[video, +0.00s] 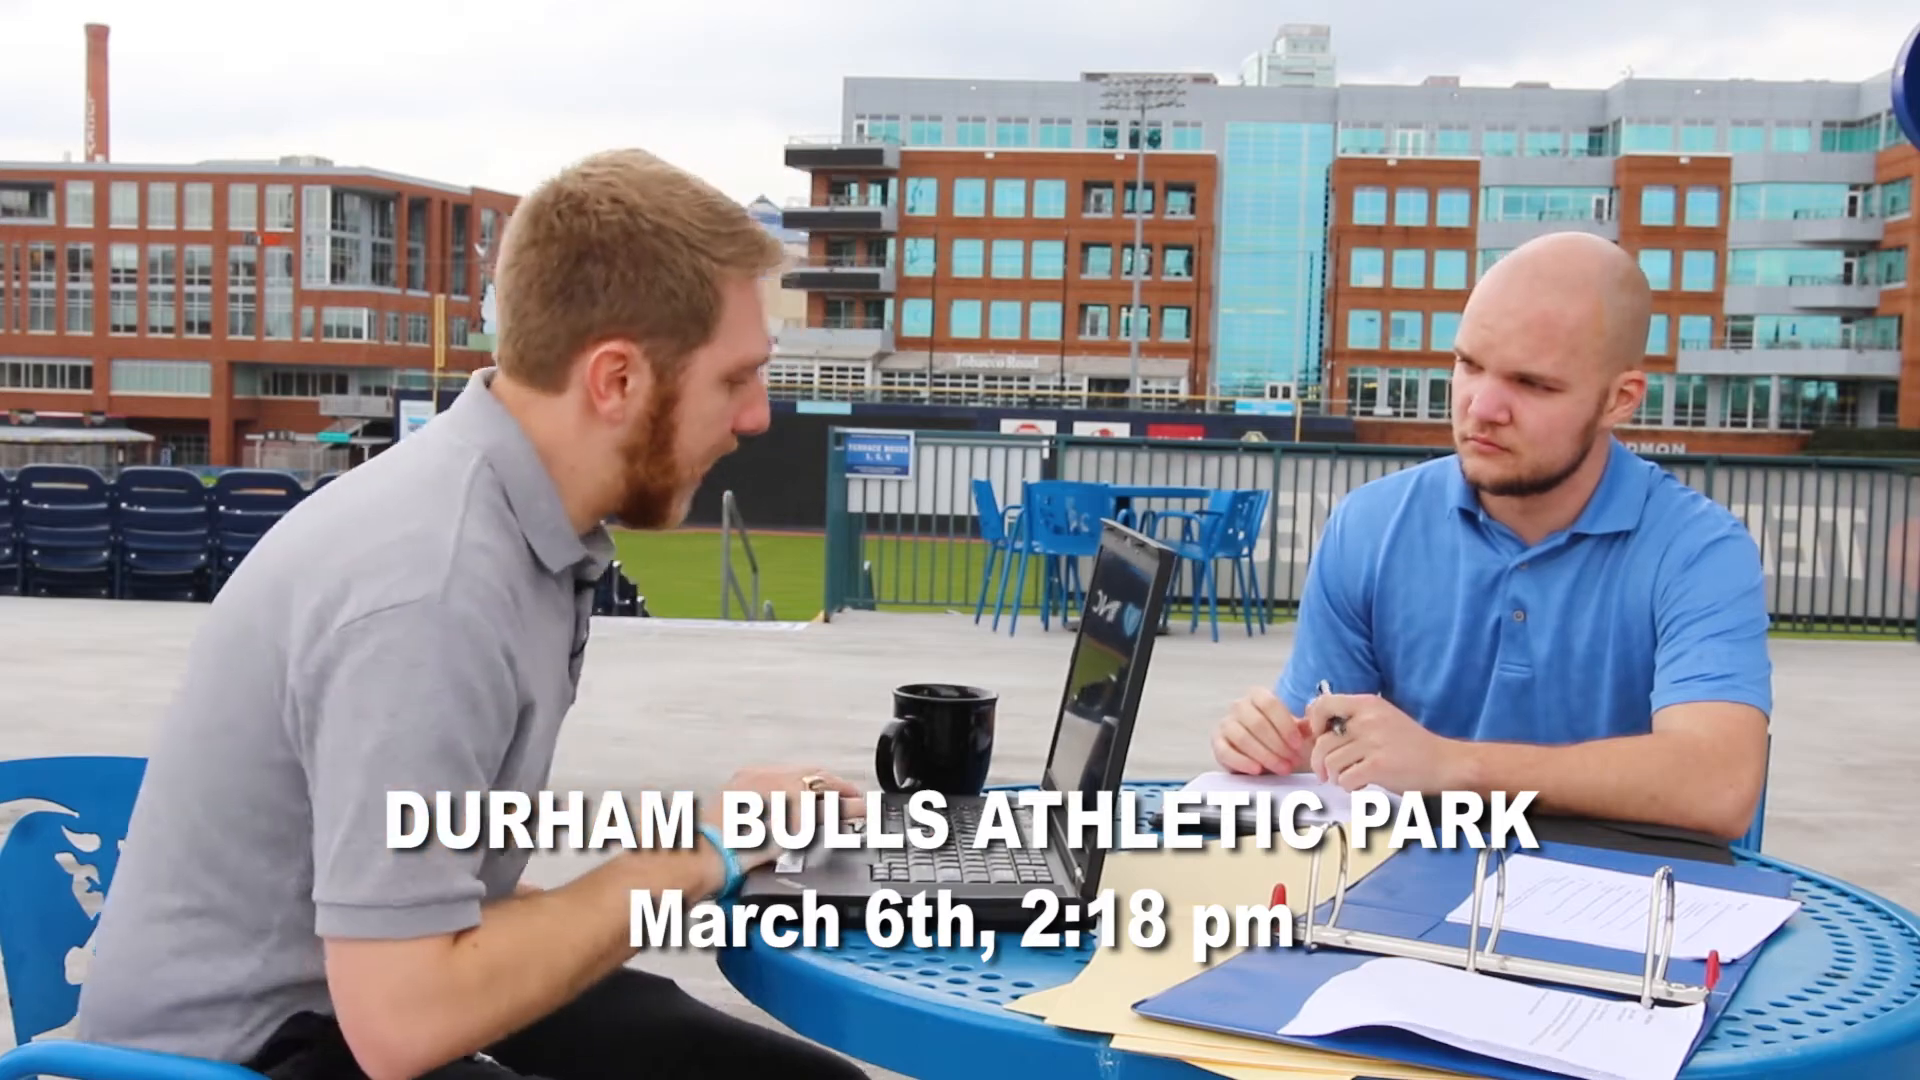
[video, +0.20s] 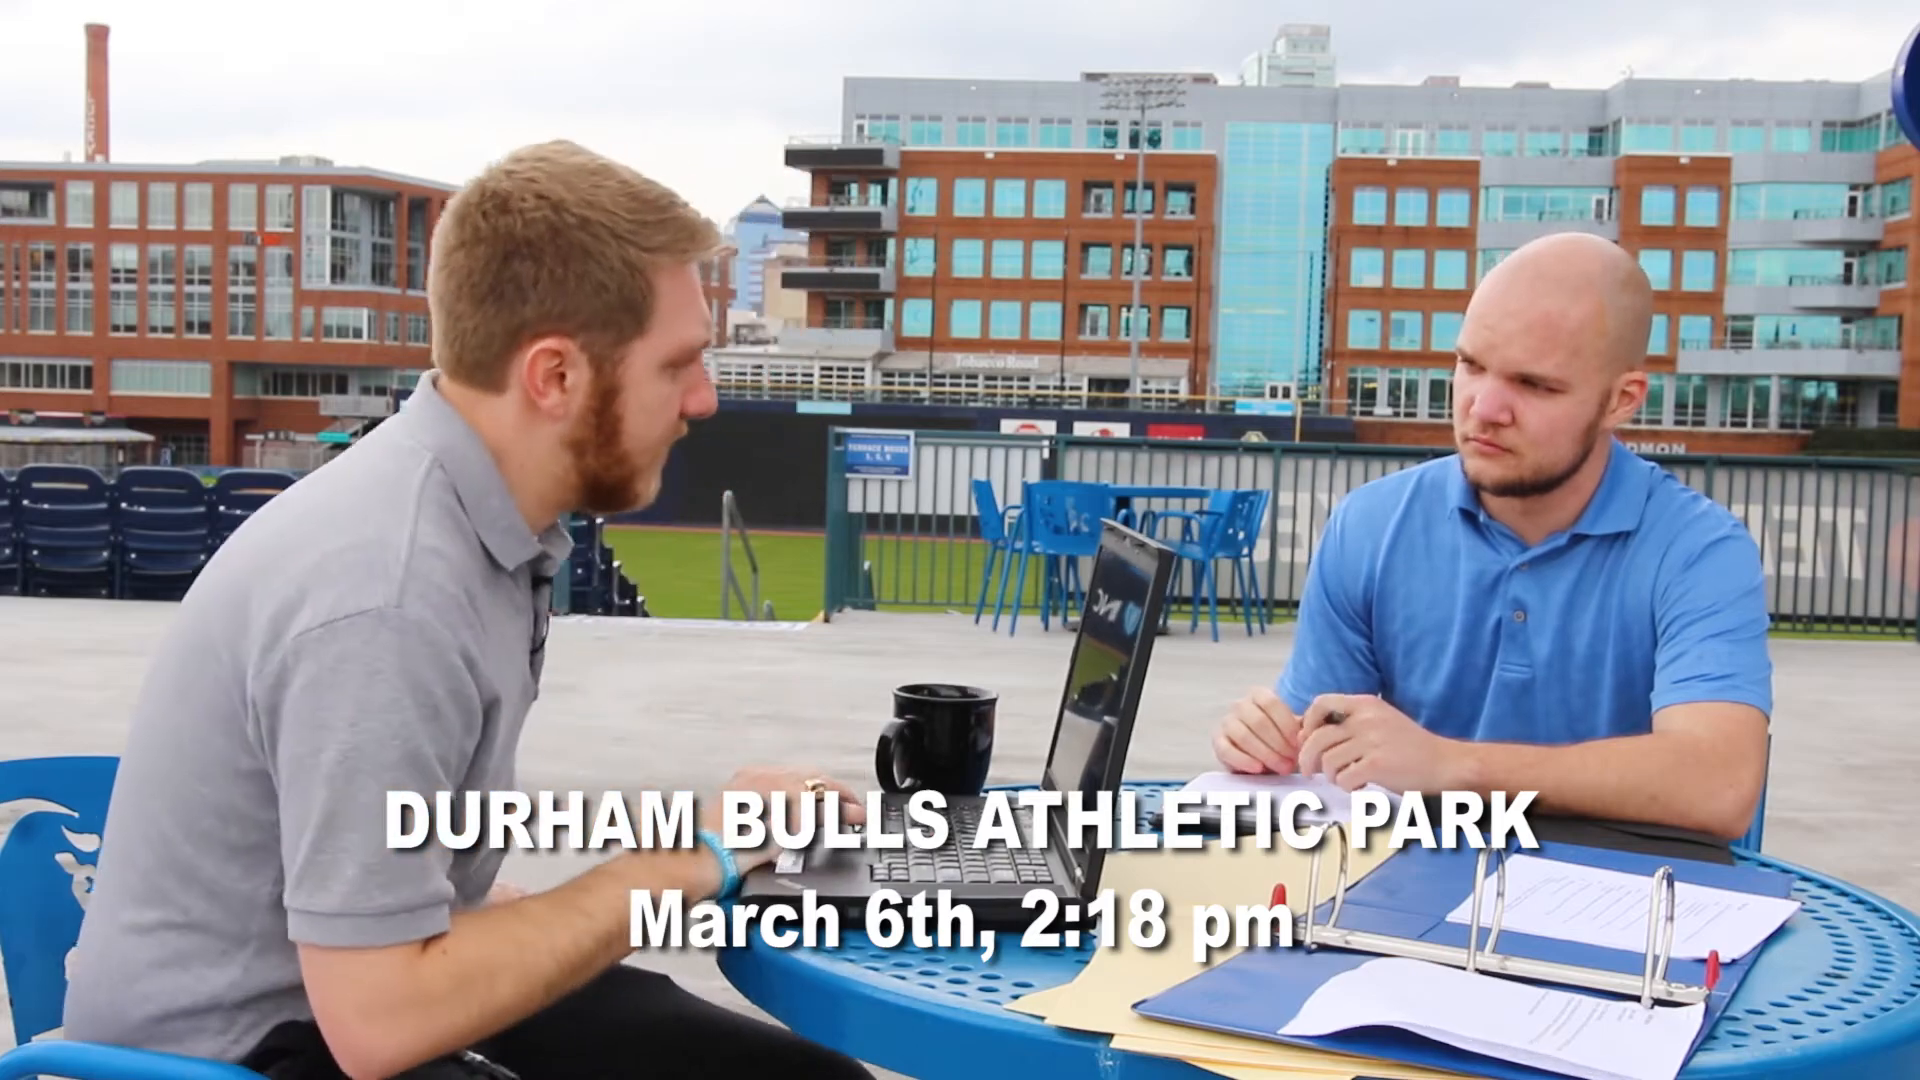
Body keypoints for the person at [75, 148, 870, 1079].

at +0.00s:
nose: (758, 421)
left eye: (758, 381)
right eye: (739, 383)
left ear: (612, 383)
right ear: (616, 382)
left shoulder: (513, 519)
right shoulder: (426, 585)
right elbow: (402, 1021)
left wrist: (690, 827)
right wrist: (693, 850)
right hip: (241, 1042)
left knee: (829, 1072)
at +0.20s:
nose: (706, 401)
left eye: (702, 362)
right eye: (681, 367)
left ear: (556, 379)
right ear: (554, 376)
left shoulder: (475, 516)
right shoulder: (380, 595)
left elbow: (443, 887)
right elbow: (377, 1023)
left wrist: (700, 825)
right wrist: (673, 861)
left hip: (369, 981)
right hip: (233, 1045)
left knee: (827, 1069)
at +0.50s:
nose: (665, 405)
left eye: (658, 361)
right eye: (637, 366)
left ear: (505, 390)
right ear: (506, 385)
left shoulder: (503, 516)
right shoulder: (301, 626)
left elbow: (576, 631)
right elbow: (370, 1030)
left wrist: (508, 837)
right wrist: (689, 852)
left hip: (407, 953)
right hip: (212, 1041)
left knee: (814, 1072)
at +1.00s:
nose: (700, 420)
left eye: (693, 380)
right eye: (672, 385)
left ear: (548, 404)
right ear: (547, 401)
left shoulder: (472, 510)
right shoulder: (361, 649)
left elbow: (536, 636)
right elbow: (379, 1050)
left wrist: (487, 836)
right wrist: (691, 857)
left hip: (374, 964)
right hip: (218, 1046)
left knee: (808, 1074)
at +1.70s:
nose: (687, 408)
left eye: (680, 368)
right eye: (667, 369)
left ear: (545, 389)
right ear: (554, 388)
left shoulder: (467, 510)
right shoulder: (339, 653)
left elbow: (544, 634)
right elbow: (399, 1046)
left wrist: (487, 840)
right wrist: (695, 856)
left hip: (391, 952)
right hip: (216, 1040)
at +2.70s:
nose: (669, 398)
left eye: (661, 360)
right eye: (643, 365)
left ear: (515, 395)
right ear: (523, 393)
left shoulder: (424, 523)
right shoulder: (332, 654)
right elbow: (399, 1054)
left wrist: (450, 852)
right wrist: (684, 856)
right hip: (214, 1045)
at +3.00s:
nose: (676, 391)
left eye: (668, 353)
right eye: (651, 360)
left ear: (534, 392)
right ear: (533, 392)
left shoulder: (432, 512)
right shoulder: (338, 641)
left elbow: (401, 719)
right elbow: (400, 1044)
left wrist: (534, 756)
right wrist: (644, 831)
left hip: (365, 968)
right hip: (223, 1044)